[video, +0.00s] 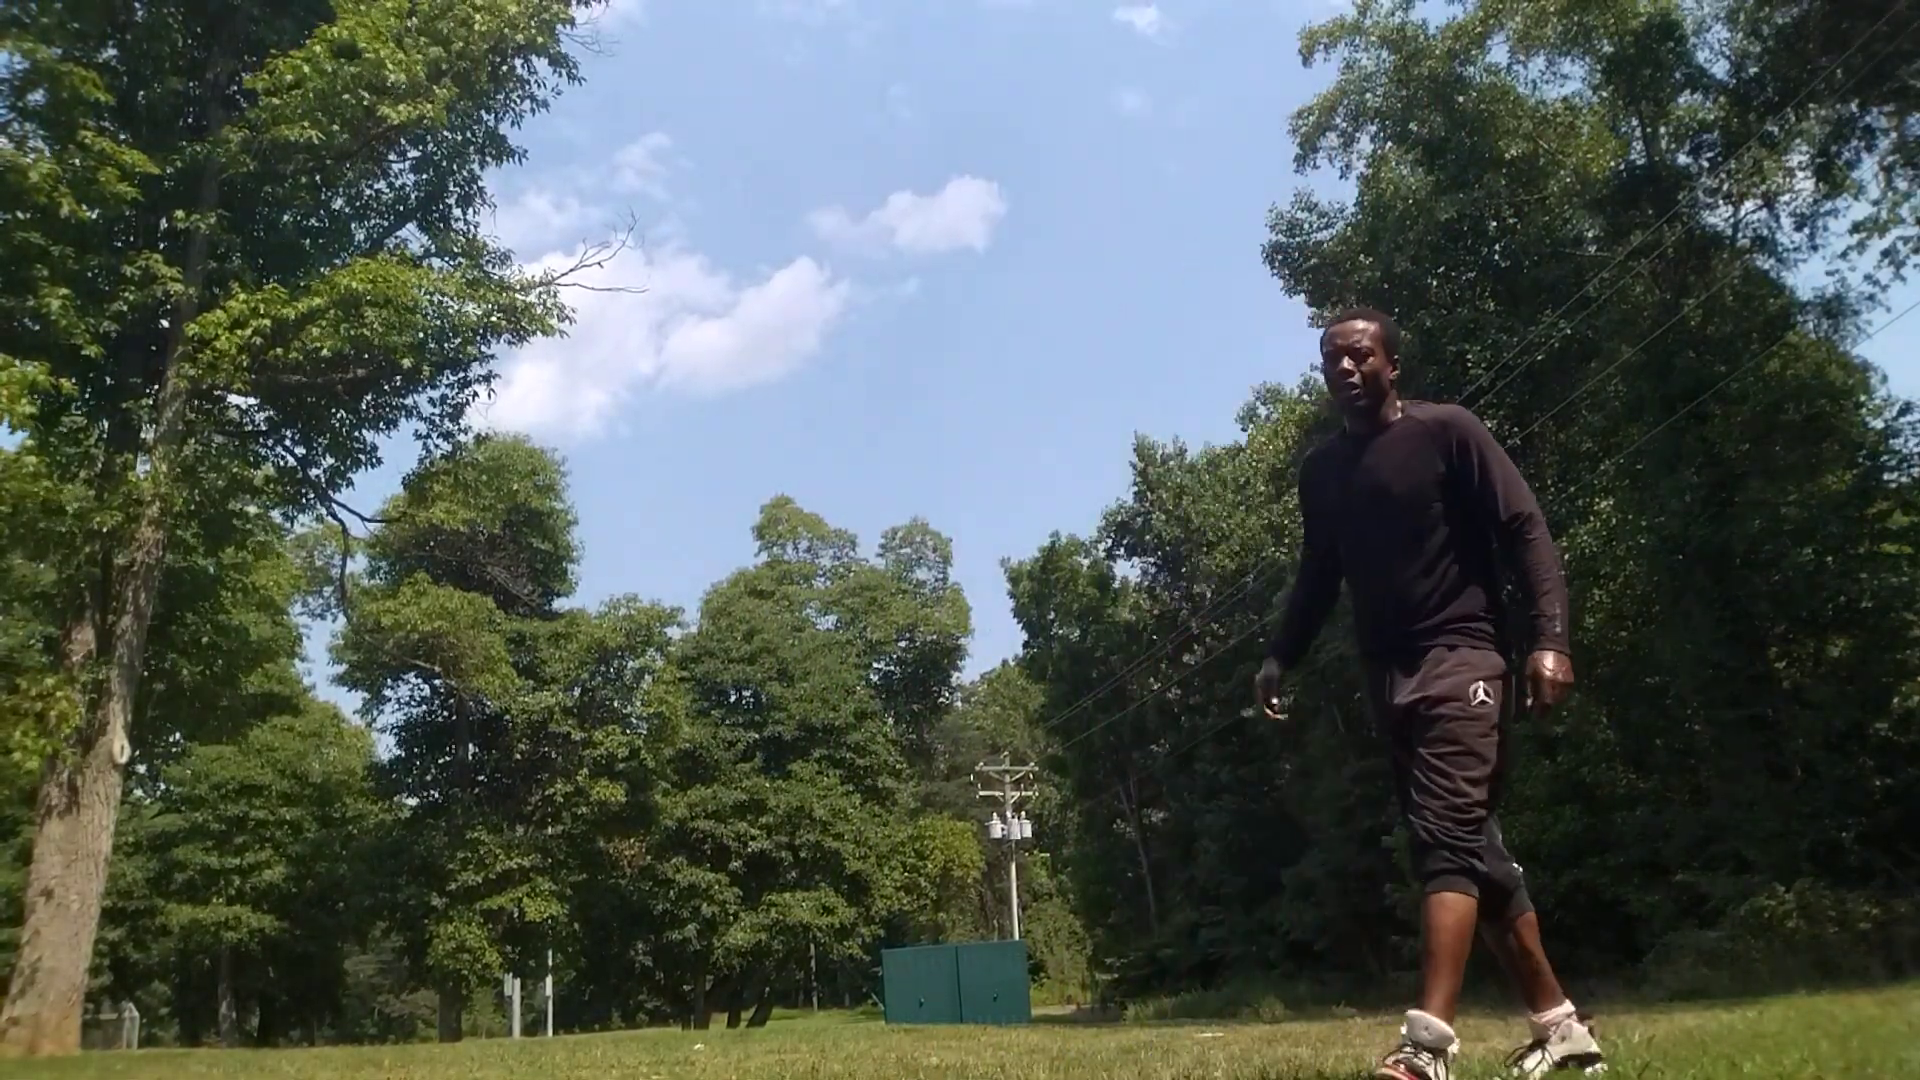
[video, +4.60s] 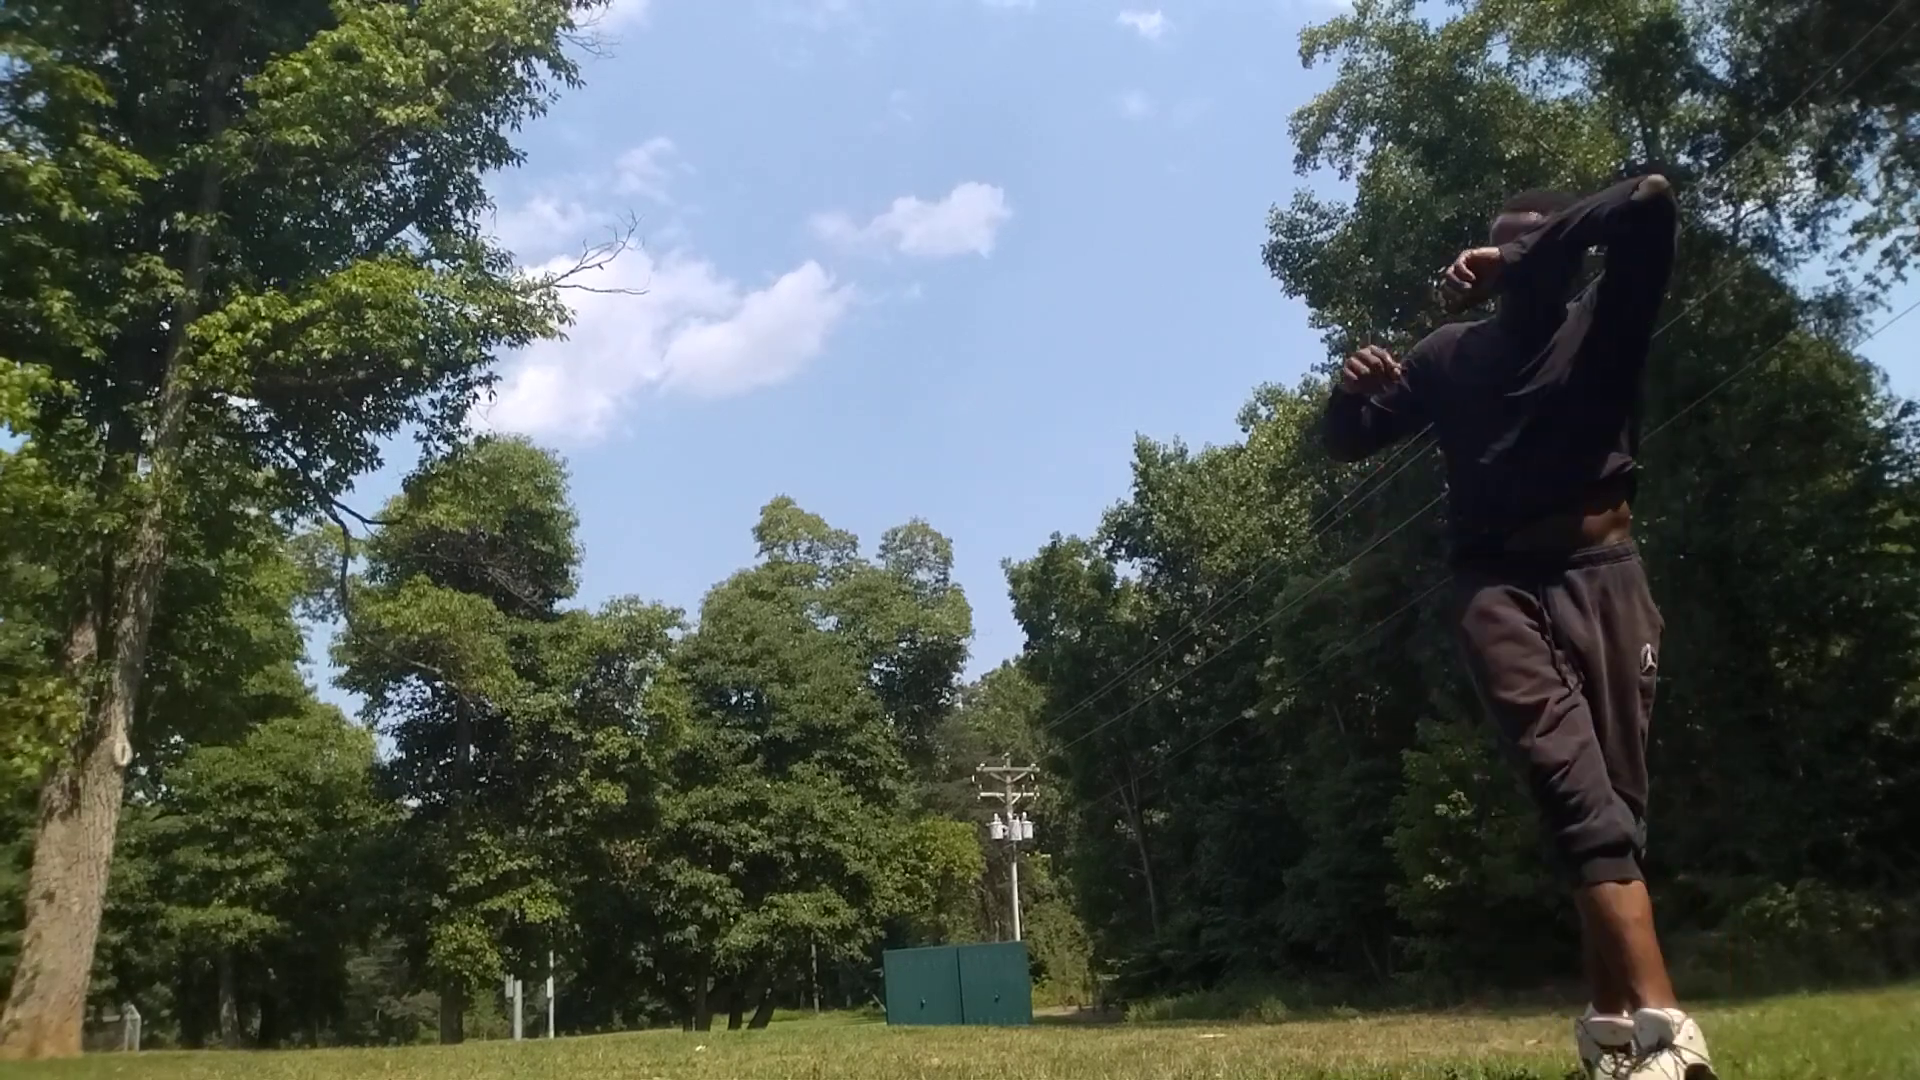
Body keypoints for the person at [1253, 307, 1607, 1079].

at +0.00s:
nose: (1347, 367)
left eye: (1361, 354)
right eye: (1334, 357)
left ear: (1393, 365)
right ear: (1323, 373)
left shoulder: (1449, 430)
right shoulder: (1323, 467)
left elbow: (1527, 527)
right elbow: (1319, 569)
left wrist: (1551, 636)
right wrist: (1280, 653)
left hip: (1461, 657)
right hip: (1392, 672)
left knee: (1446, 832)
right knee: (1465, 840)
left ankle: (1428, 1038)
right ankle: (1560, 1025)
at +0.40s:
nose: (1374, 364)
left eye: (1389, 352)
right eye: (1367, 357)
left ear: (1427, 364)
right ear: (1366, 377)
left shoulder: (1476, 417)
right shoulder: (1374, 471)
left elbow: (1561, 505)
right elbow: (1397, 583)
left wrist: (1563, 613)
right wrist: (1394, 677)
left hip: (1512, 641)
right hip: (1443, 665)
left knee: (1504, 813)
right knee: (1483, 830)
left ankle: (1595, 1012)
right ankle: (1556, 1025)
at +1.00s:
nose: (1465, 350)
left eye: (1476, 335)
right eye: (1462, 340)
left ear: (1526, 333)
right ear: (1488, 349)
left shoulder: (1615, 399)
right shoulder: (1471, 444)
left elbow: (1704, 490)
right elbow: (1472, 550)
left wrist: (1632, 541)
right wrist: (1436, 614)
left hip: (1631, 645)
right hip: (1534, 659)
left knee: (1684, 833)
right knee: (1539, 835)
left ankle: (1729, 1036)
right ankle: (1566, 1029)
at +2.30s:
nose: (1463, 363)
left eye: (1472, 350)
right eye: (1463, 352)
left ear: (1514, 348)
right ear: (1507, 352)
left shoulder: (1578, 396)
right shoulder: (1494, 446)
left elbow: (1605, 463)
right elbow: (1491, 558)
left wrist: (1483, 448)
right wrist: (1418, 542)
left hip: (1580, 633)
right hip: (1504, 647)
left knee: (1646, 829)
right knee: (1510, 837)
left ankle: (1727, 1028)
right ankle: (1575, 1030)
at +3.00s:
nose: (1379, 390)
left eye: (1388, 377)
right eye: (1378, 379)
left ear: (1427, 374)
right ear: (1414, 377)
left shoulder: (1489, 409)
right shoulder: (1412, 462)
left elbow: (1437, 419)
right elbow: (1426, 578)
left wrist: (1360, 424)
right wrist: (1357, 589)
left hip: (1512, 631)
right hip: (1447, 653)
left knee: (1570, 824)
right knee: (1501, 841)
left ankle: (1672, 1016)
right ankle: (1575, 1028)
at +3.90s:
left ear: (1493, 301)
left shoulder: (1542, 352)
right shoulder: (1430, 408)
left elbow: (1492, 254)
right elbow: (1421, 509)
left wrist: (1436, 346)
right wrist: (1392, 536)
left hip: (1552, 591)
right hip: (1463, 610)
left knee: (1578, 814)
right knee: (1469, 819)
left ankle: (1611, 1034)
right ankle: (1552, 1007)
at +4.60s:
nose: (1491, 263)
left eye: (1508, 247)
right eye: (1488, 250)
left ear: (1555, 252)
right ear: (1485, 268)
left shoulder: (1606, 313)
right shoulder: (1445, 356)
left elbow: (1650, 197)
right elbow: (1344, 440)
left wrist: (1510, 252)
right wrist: (1353, 391)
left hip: (1606, 573)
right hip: (1497, 586)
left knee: (1615, 803)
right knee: (1577, 798)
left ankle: (1608, 1025)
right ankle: (1668, 1031)